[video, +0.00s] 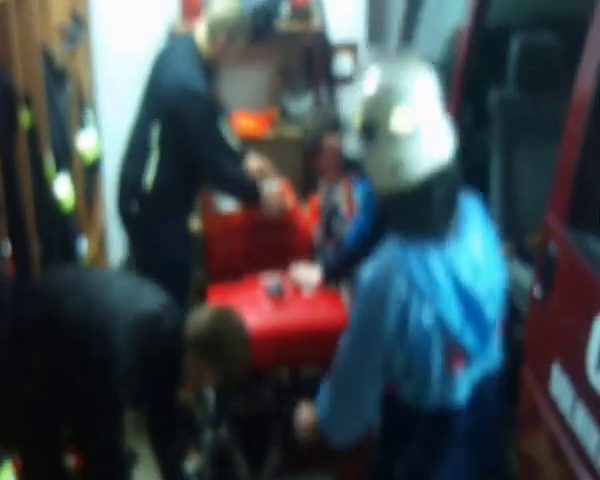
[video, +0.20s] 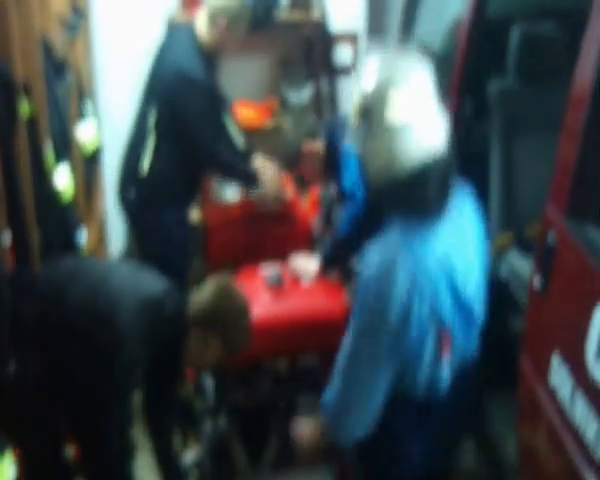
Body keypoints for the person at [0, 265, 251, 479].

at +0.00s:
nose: (206, 386)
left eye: (215, 380)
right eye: (212, 376)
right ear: (202, 355)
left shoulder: (166, 325)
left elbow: (163, 423)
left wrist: (173, 472)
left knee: (103, 452)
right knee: (42, 457)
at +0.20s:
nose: (209, 366)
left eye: (216, 359)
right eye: (215, 357)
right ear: (205, 338)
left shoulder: (167, 306)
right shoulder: (130, 329)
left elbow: (159, 412)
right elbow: (112, 428)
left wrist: (172, 470)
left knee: (104, 448)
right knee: (42, 458)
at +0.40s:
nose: (215, 353)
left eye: (223, 346)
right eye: (222, 342)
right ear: (212, 322)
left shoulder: (172, 302)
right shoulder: (140, 317)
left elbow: (160, 401)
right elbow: (116, 421)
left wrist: (179, 469)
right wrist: (117, 471)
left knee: (102, 446)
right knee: (45, 460)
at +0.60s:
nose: (222, 339)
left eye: (230, 332)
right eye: (227, 329)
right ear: (213, 310)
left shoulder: (168, 294)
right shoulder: (141, 318)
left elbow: (160, 399)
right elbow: (115, 423)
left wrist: (180, 464)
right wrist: (119, 473)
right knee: (56, 464)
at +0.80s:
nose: (216, 325)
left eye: (224, 317)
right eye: (221, 313)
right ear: (209, 296)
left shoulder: (165, 285)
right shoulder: (141, 310)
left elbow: (156, 390)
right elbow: (114, 420)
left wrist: (178, 456)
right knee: (57, 465)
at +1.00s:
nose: (213, 289)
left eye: (220, 280)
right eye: (217, 278)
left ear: (190, 241)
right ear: (211, 267)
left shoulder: (164, 264)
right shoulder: (148, 288)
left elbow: (155, 380)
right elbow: (127, 387)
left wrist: (181, 451)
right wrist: (129, 461)